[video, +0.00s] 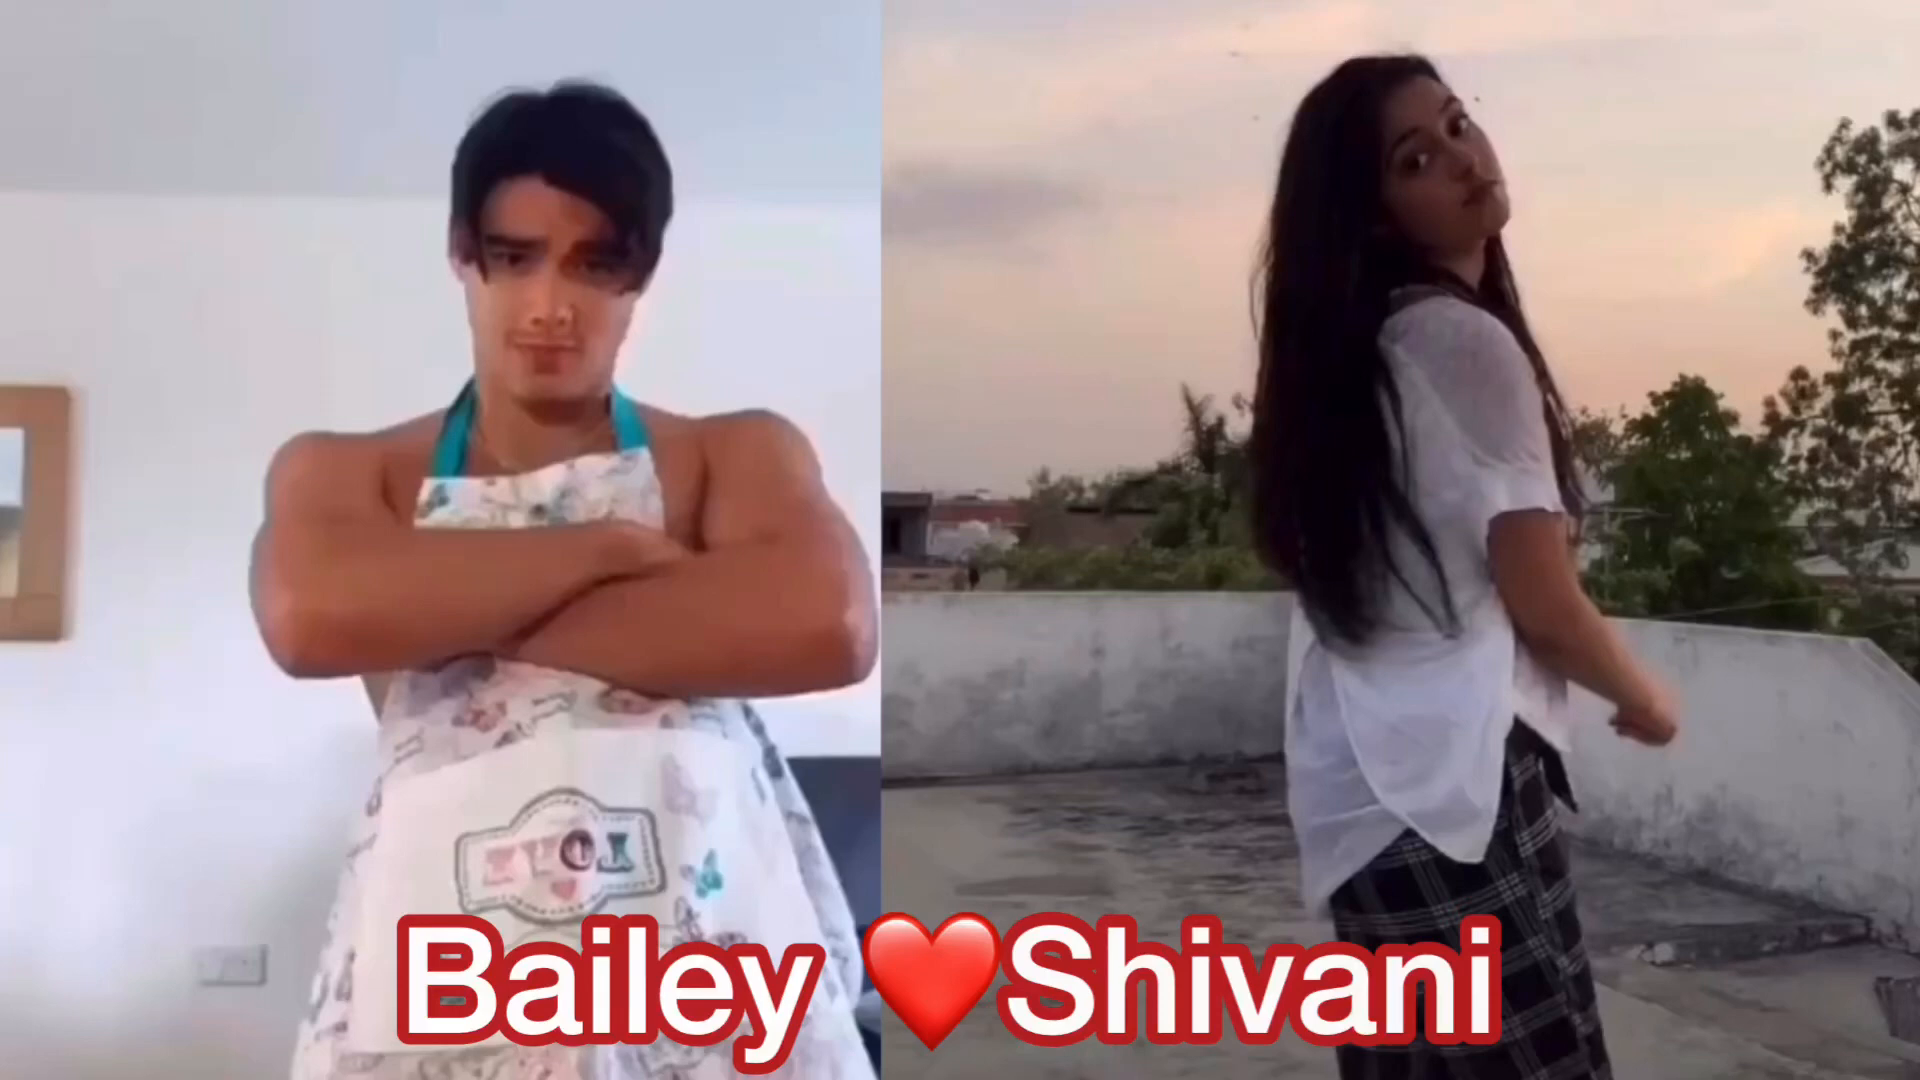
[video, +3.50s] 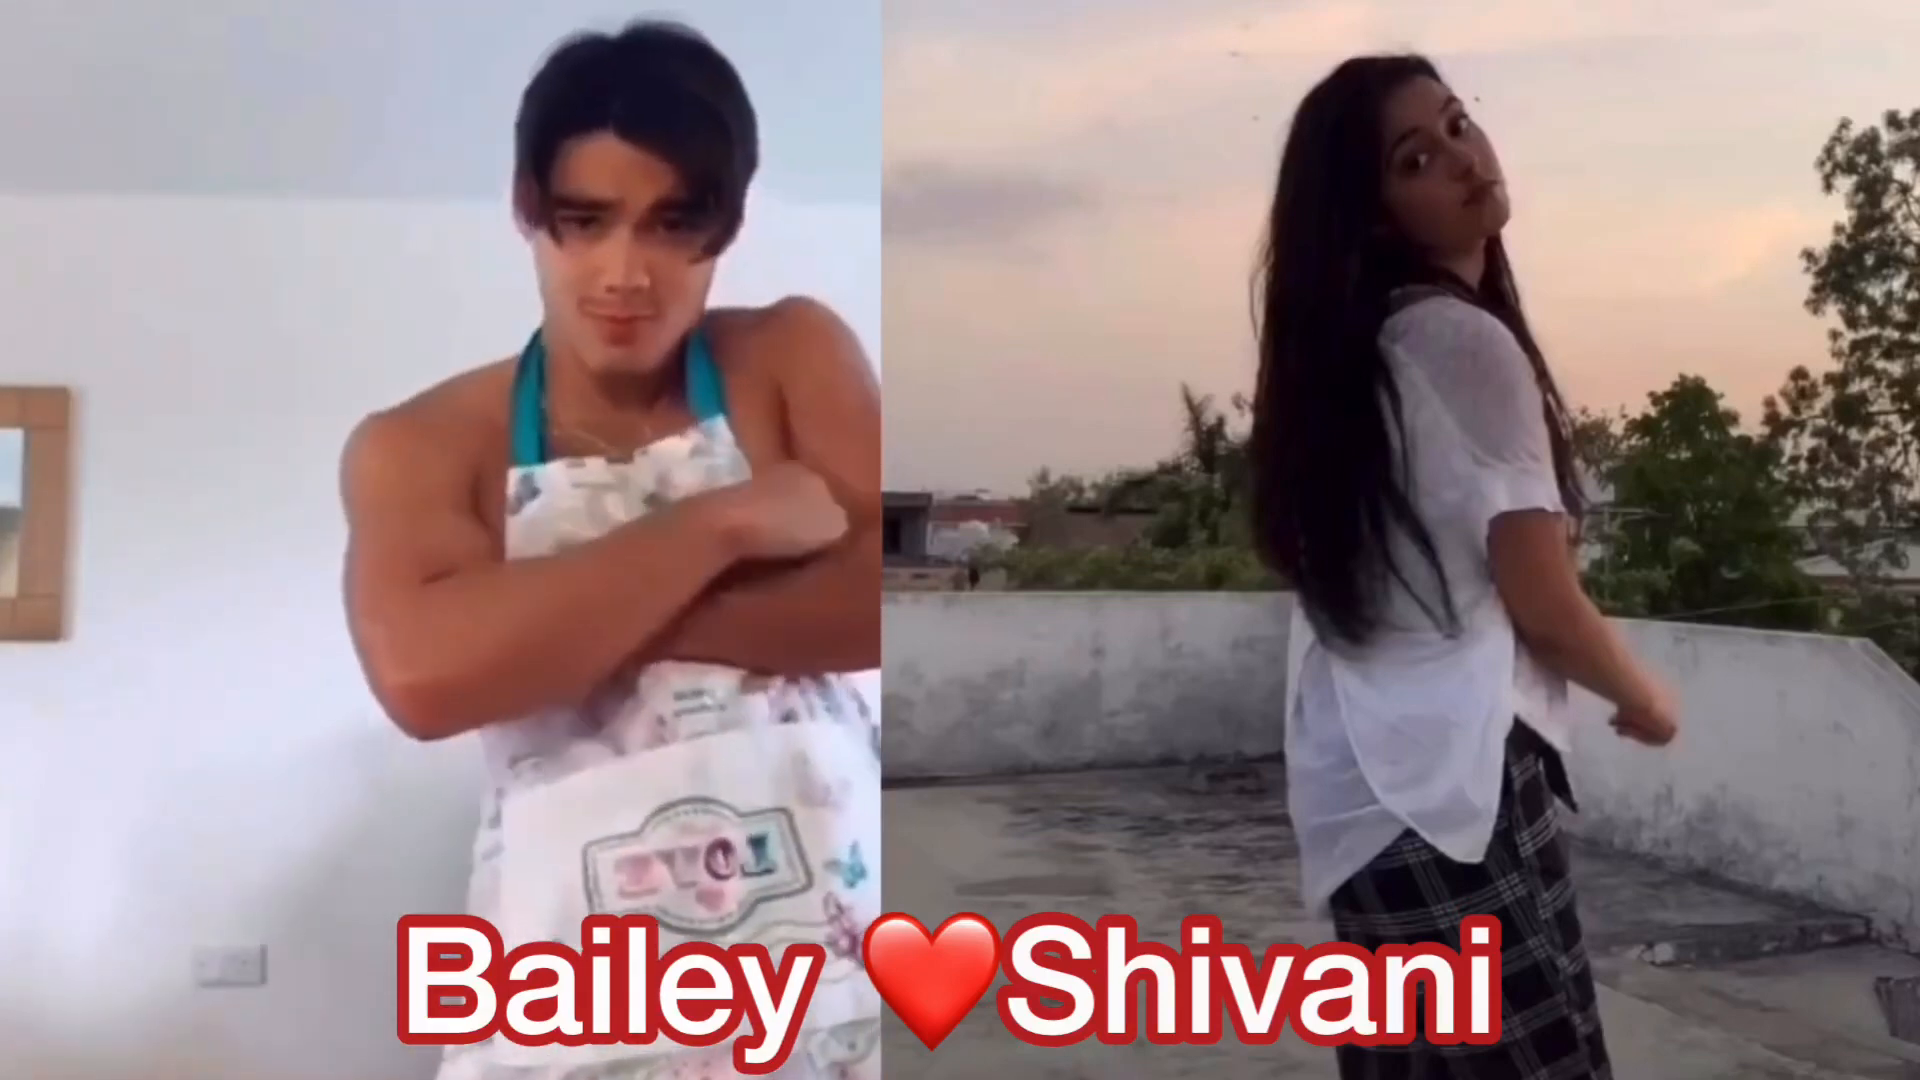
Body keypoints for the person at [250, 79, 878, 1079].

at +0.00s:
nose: (550, 305)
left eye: (597, 263)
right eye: (513, 258)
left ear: (642, 276)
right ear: (463, 262)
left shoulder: (741, 454)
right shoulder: (342, 470)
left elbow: (826, 624)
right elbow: (310, 620)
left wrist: (481, 613)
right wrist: (623, 547)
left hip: (709, 948)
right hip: (440, 959)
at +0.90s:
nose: (516, 316)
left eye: (558, 263)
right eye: (472, 271)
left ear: (616, 261)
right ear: (427, 275)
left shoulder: (694, 507)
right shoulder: (305, 401)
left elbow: (732, 730)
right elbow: (243, 580)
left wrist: (414, 610)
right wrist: (554, 589)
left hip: (581, 1003)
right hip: (308, 987)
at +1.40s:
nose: (511, 297)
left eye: (557, 247)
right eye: (469, 249)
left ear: (625, 228)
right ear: (427, 243)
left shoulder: (717, 348)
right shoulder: (342, 398)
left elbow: (787, 586)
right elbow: (277, 583)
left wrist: (455, 575)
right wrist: (586, 511)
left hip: (616, 876)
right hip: (362, 870)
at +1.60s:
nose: (549, 309)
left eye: (598, 263)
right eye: (512, 261)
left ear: (667, 250)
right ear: (470, 254)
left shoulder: (744, 316)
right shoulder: (395, 474)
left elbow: (843, 555)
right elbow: (383, 649)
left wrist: (525, 607)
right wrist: (663, 510)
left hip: (748, 901)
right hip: (499, 910)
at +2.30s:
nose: (535, 302)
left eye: (576, 249)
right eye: (487, 258)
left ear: (628, 243)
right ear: (438, 259)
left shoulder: (703, 461)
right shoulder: (339, 361)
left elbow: (774, 687)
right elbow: (337, 562)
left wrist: (499, 596)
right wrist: (616, 560)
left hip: (654, 958)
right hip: (386, 944)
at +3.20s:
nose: (624, 305)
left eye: (675, 257)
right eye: (585, 255)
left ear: (729, 262)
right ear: (538, 255)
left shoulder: (804, 341)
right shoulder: (446, 487)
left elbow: (845, 584)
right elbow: (422, 678)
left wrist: (557, 618)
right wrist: (704, 524)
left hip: (797, 922)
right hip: (558, 945)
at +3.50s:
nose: (623, 276)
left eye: (672, 225)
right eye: (580, 223)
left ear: (726, 228)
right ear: (527, 216)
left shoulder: (796, 354)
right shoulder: (418, 445)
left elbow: (865, 612)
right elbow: (425, 679)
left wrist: (554, 607)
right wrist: (722, 522)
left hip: (801, 924)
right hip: (557, 939)